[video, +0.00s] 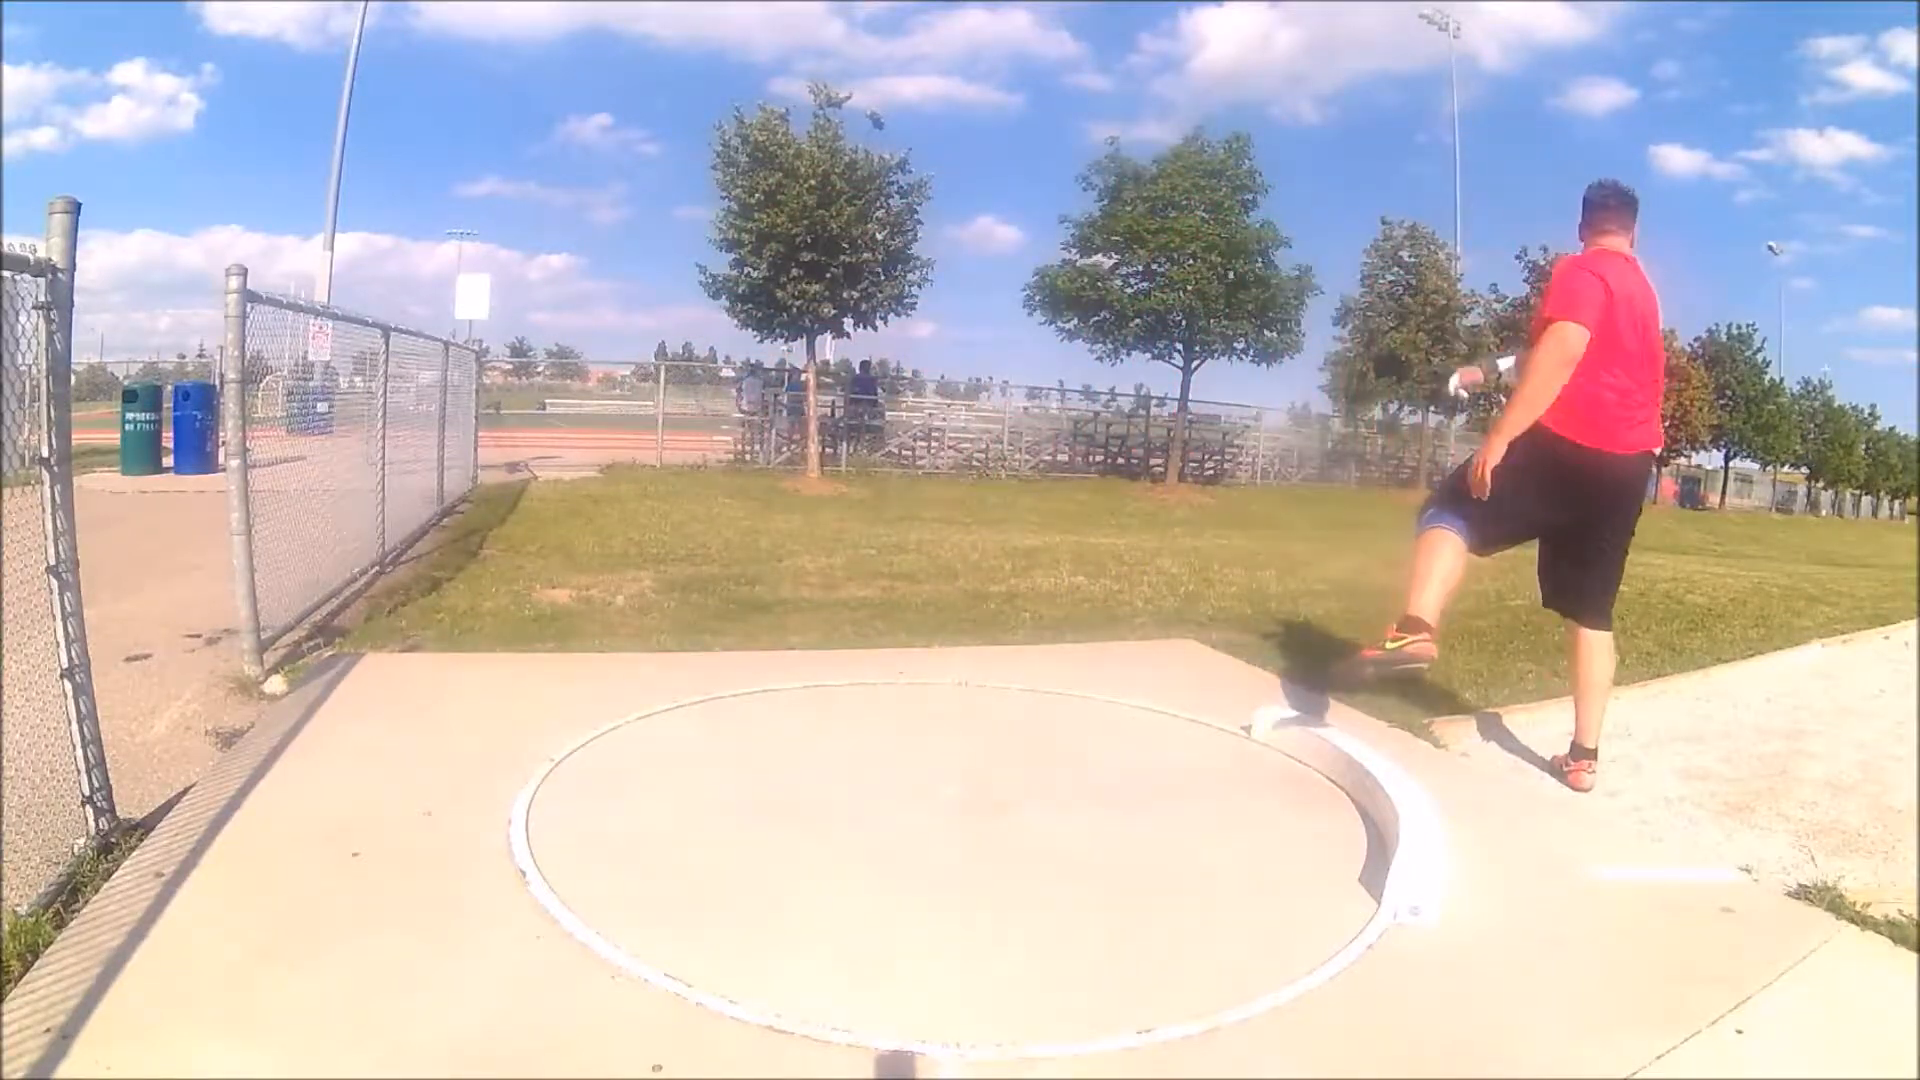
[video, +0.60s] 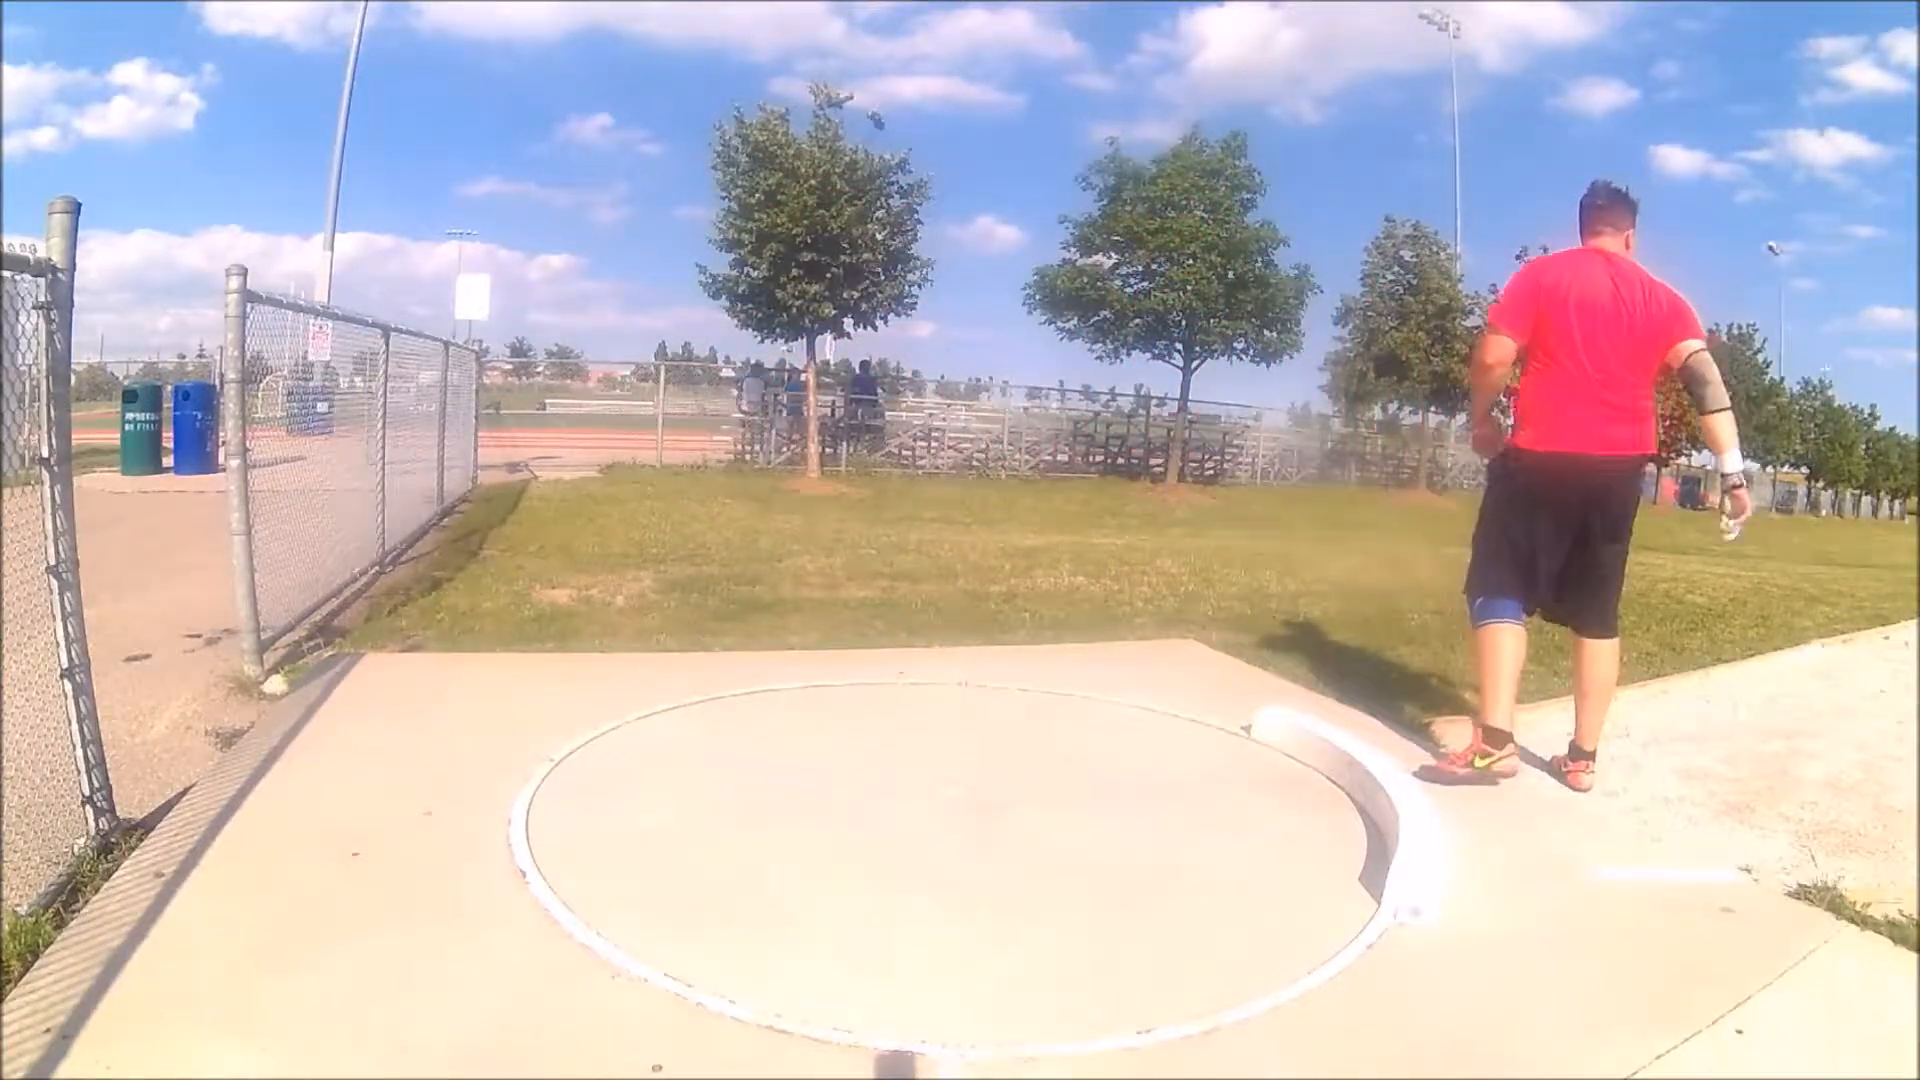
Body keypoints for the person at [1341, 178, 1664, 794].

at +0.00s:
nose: (1582, 239)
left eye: (1580, 229)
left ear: (1583, 226)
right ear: (1633, 232)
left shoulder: (1583, 269)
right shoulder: (1642, 288)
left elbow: (1563, 349)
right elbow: (1576, 362)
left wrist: (1500, 435)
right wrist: (1490, 374)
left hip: (1560, 449)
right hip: (1626, 466)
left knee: (1453, 508)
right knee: (1593, 608)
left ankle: (1416, 628)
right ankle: (1583, 757)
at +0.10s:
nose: (1626, 242)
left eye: (1604, 229)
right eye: (1639, 235)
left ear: (1592, 227)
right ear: (1644, 236)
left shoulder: (1574, 271)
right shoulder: (1663, 304)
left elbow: (1533, 341)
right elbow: (1659, 389)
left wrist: (1458, 412)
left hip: (1551, 451)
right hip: (1630, 470)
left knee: (1457, 513)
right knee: (1596, 608)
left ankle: (1439, 625)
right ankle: (1585, 757)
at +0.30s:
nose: (1643, 247)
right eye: (1649, 240)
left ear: (1598, 231)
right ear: (1650, 240)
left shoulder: (1566, 273)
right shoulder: (1674, 306)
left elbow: (1508, 342)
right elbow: (1715, 391)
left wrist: (1443, 390)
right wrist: (1733, 453)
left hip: (1547, 456)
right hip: (1629, 469)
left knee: (1479, 552)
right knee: (1606, 611)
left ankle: (1473, 675)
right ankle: (1586, 757)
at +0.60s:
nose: (1617, 240)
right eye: (1627, 233)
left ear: (1581, 227)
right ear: (1631, 234)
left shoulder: (1542, 273)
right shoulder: (1663, 297)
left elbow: (1491, 357)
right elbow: (1707, 382)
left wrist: (1480, 419)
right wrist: (1733, 469)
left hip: (1538, 463)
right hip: (1619, 471)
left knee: (1498, 592)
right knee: (1598, 609)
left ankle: (1494, 742)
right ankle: (1583, 757)